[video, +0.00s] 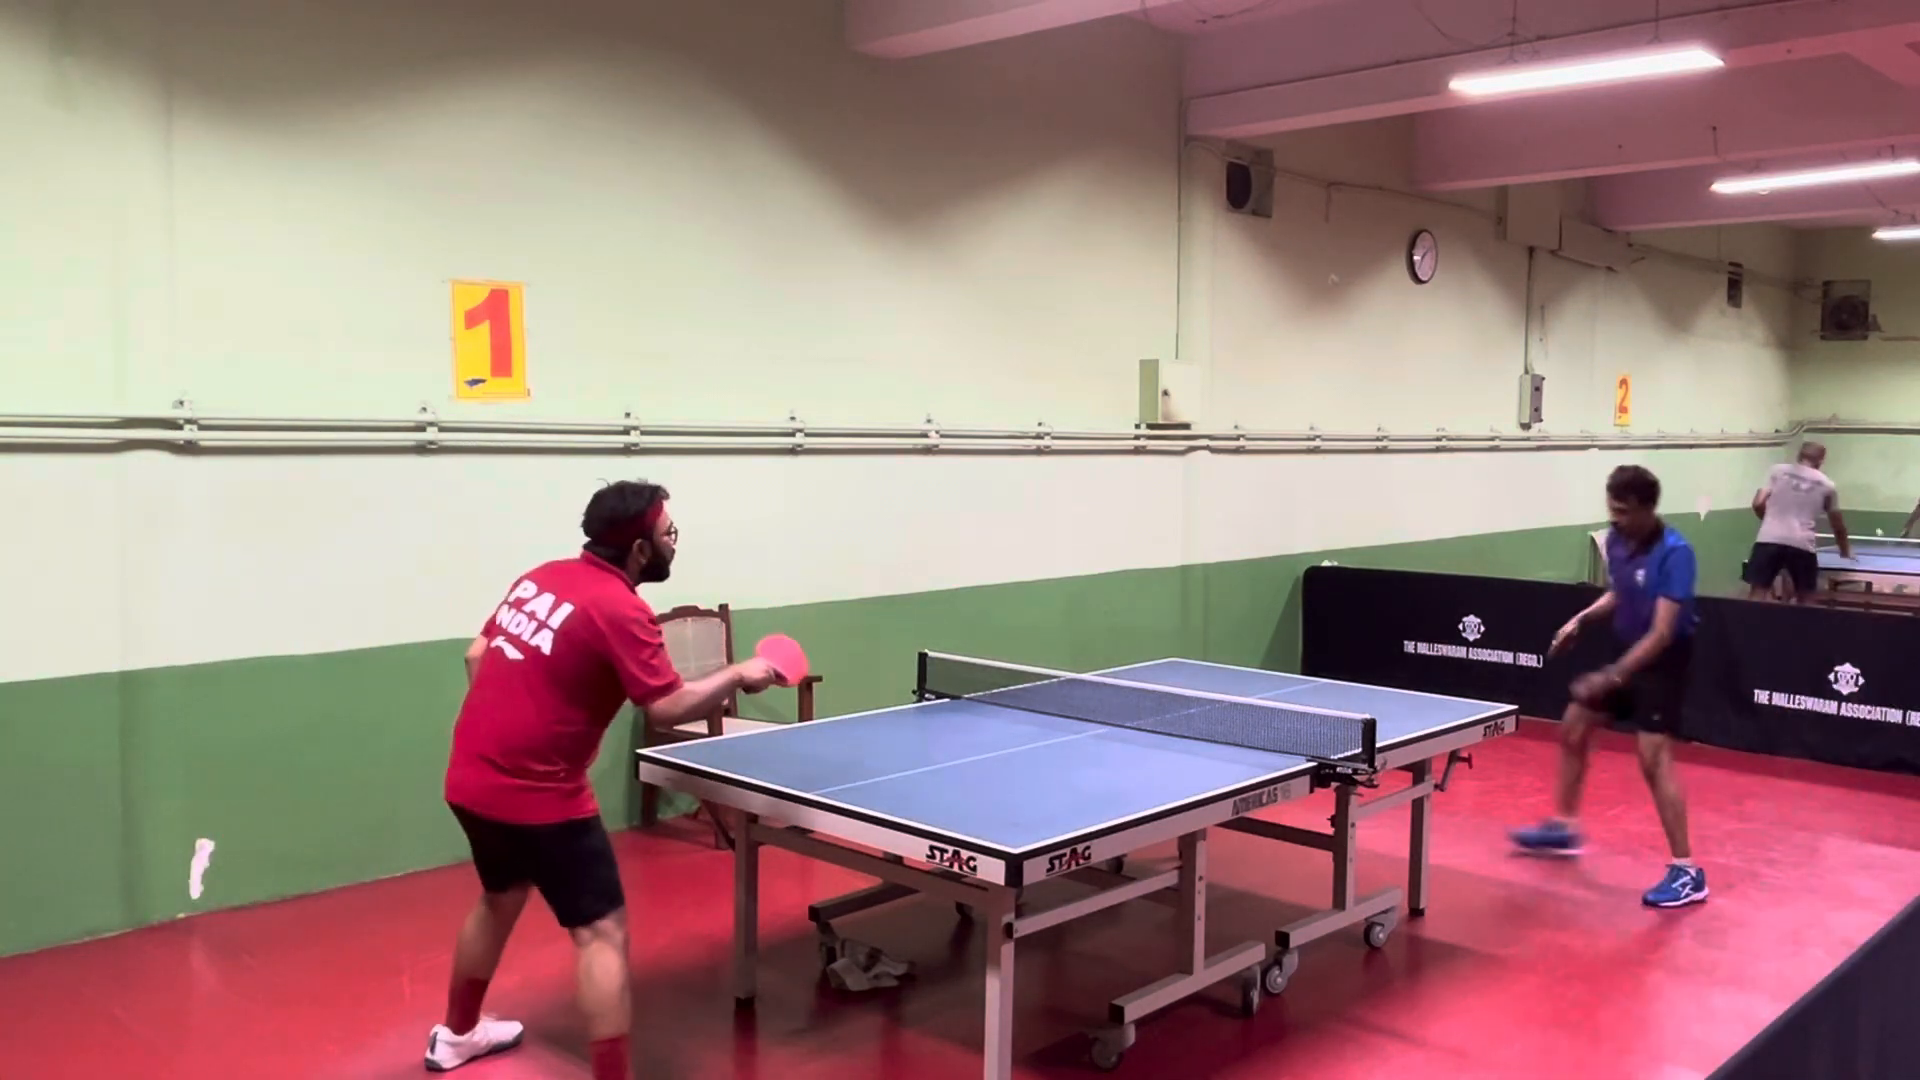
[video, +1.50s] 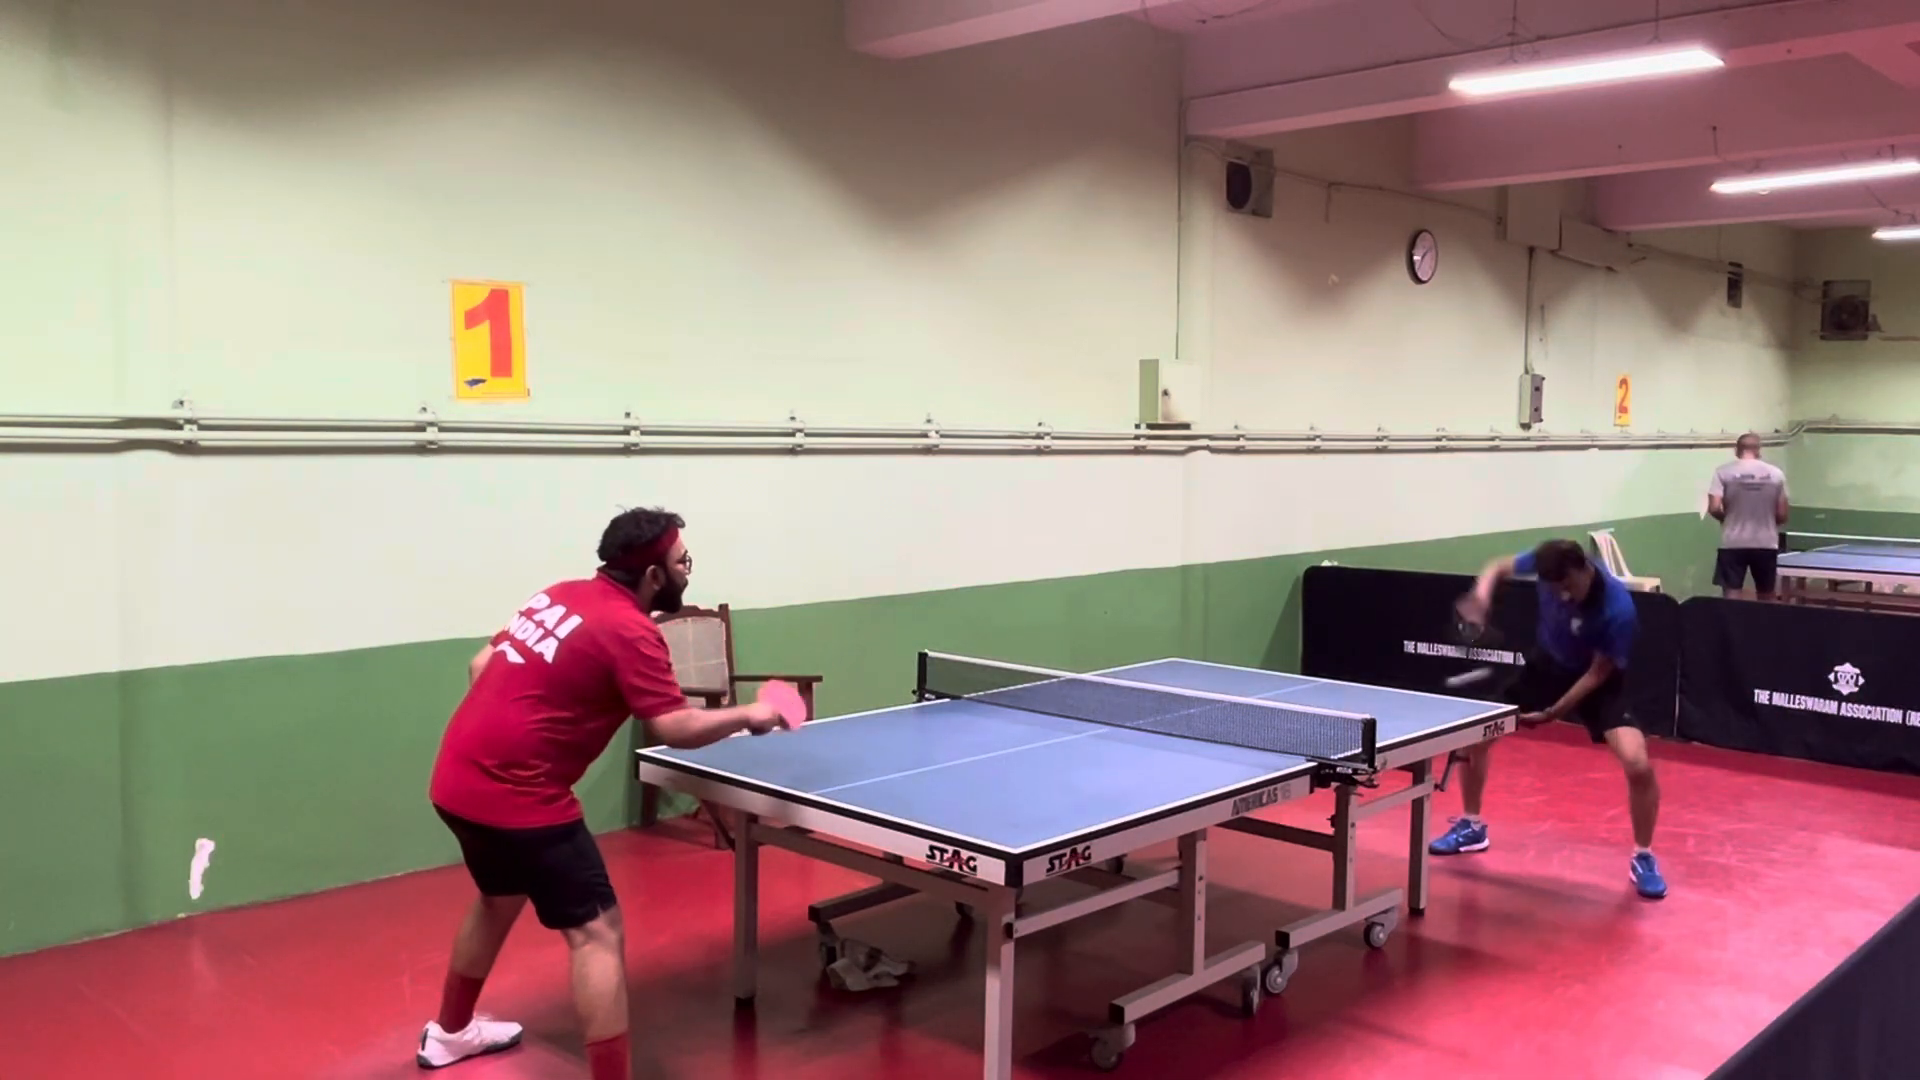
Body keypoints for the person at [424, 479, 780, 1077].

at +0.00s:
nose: (676, 539)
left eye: (672, 529)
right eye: (667, 532)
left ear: (608, 540)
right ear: (638, 546)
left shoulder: (544, 575)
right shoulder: (622, 610)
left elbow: (479, 653)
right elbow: (667, 705)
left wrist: (514, 719)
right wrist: (738, 674)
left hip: (472, 787)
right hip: (542, 798)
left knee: (501, 896)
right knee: (600, 932)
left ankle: (457, 1033)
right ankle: (613, 1072)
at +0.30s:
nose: (675, 549)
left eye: (671, 539)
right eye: (666, 542)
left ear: (613, 552)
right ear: (634, 558)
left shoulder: (554, 580)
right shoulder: (617, 615)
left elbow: (484, 652)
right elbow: (667, 703)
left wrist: (515, 726)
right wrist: (740, 668)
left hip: (466, 783)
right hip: (528, 798)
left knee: (510, 893)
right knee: (584, 932)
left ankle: (457, 1032)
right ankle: (610, 1072)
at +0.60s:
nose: (693, 560)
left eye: (690, 550)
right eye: (685, 552)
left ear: (630, 559)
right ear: (653, 565)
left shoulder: (564, 588)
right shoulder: (645, 621)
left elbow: (483, 658)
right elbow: (720, 699)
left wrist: (479, 745)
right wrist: (771, 661)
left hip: (469, 786)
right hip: (542, 796)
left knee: (504, 897)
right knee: (610, 929)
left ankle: (458, 1034)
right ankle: (616, 1073)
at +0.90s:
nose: (701, 568)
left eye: (697, 558)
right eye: (692, 561)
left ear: (638, 568)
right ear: (660, 575)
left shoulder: (575, 592)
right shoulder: (649, 631)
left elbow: (490, 655)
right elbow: (724, 702)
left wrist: (497, 740)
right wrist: (780, 663)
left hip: (466, 781)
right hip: (531, 796)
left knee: (509, 895)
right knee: (602, 930)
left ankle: (456, 1028)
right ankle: (612, 1072)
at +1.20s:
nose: (697, 570)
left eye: (693, 559)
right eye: (688, 563)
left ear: (633, 570)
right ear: (657, 577)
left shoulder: (570, 594)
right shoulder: (644, 632)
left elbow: (486, 660)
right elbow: (719, 707)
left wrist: (513, 739)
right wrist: (778, 672)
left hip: (460, 781)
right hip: (526, 796)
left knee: (503, 896)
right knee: (597, 931)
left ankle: (451, 1030)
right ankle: (612, 1072)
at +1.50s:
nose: (690, 567)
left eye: (686, 556)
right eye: (681, 559)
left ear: (623, 567)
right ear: (651, 574)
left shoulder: (564, 593)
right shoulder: (633, 632)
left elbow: (482, 664)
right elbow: (673, 727)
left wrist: (516, 738)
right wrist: (748, 715)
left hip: (458, 784)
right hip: (524, 799)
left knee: (499, 899)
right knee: (596, 930)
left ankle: (449, 1031)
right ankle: (613, 1072)